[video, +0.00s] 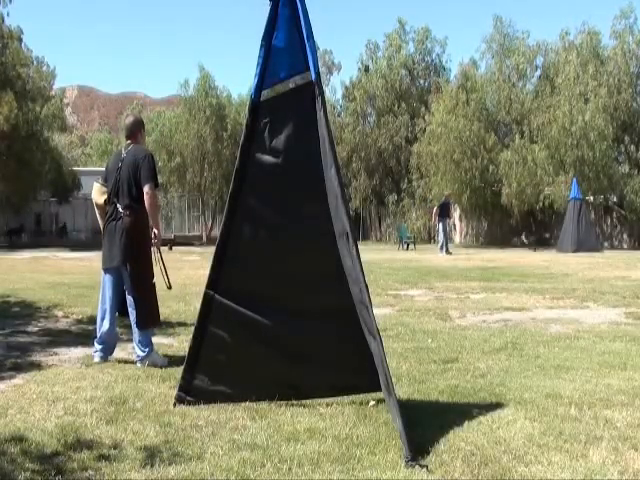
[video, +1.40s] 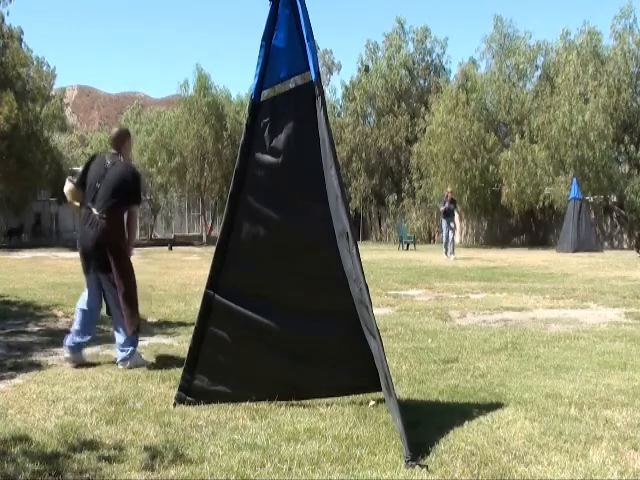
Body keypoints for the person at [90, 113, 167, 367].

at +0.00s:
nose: (146, 135)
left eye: (143, 132)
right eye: (145, 132)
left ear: (126, 135)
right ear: (141, 133)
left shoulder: (114, 159)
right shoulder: (144, 156)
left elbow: (98, 196)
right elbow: (149, 193)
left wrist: (105, 226)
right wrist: (156, 226)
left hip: (112, 229)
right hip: (134, 230)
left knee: (109, 294)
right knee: (138, 292)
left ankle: (101, 349)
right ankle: (144, 351)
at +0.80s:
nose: (140, 140)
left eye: (138, 136)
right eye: (139, 136)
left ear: (120, 138)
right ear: (135, 137)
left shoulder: (110, 160)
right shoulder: (134, 156)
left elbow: (101, 194)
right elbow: (148, 181)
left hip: (106, 223)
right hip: (124, 225)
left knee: (107, 288)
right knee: (132, 288)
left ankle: (96, 346)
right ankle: (144, 351)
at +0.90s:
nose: (140, 138)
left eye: (138, 135)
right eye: (139, 134)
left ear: (119, 138)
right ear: (134, 136)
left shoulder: (112, 160)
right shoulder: (128, 152)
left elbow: (110, 200)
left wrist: (140, 214)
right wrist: (167, 149)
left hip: (100, 236)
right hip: (119, 237)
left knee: (104, 292)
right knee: (138, 289)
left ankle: (95, 347)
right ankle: (143, 350)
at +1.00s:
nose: (144, 140)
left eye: (143, 137)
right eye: (142, 136)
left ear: (123, 138)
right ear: (135, 138)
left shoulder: (110, 163)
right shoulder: (129, 156)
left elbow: (94, 186)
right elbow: (143, 136)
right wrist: (163, 119)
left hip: (98, 238)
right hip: (118, 238)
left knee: (100, 296)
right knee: (133, 292)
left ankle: (95, 347)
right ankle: (130, 349)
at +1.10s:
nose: (144, 151)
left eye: (141, 148)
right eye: (143, 148)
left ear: (123, 148)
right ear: (139, 149)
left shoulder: (112, 164)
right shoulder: (141, 168)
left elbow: (90, 184)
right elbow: (167, 181)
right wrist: (177, 156)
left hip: (92, 224)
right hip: (111, 229)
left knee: (94, 285)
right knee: (122, 284)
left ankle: (94, 346)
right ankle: (126, 350)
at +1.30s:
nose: (140, 158)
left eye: (138, 154)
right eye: (139, 154)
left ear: (119, 154)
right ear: (133, 155)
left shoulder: (102, 168)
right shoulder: (135, 182)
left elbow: (75, 193)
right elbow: (137, 224)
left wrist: (88, 219)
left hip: (90, 230)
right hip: (112, 236)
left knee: (95, 289)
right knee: (127, 290)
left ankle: (89, 346)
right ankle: (127, 351)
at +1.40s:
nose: (131, 149)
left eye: (128, 144)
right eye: (131, 145)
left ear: (111, 144)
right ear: (127, 146)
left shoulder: (95, 161)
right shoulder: (131, 172)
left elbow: (76, 192)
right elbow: (132, 213)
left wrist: (92, 206)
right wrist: (131, 242)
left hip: (85, 230)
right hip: (108, 235)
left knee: (92, 290)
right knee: (117, 291)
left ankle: (74, 346)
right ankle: (127, 352)